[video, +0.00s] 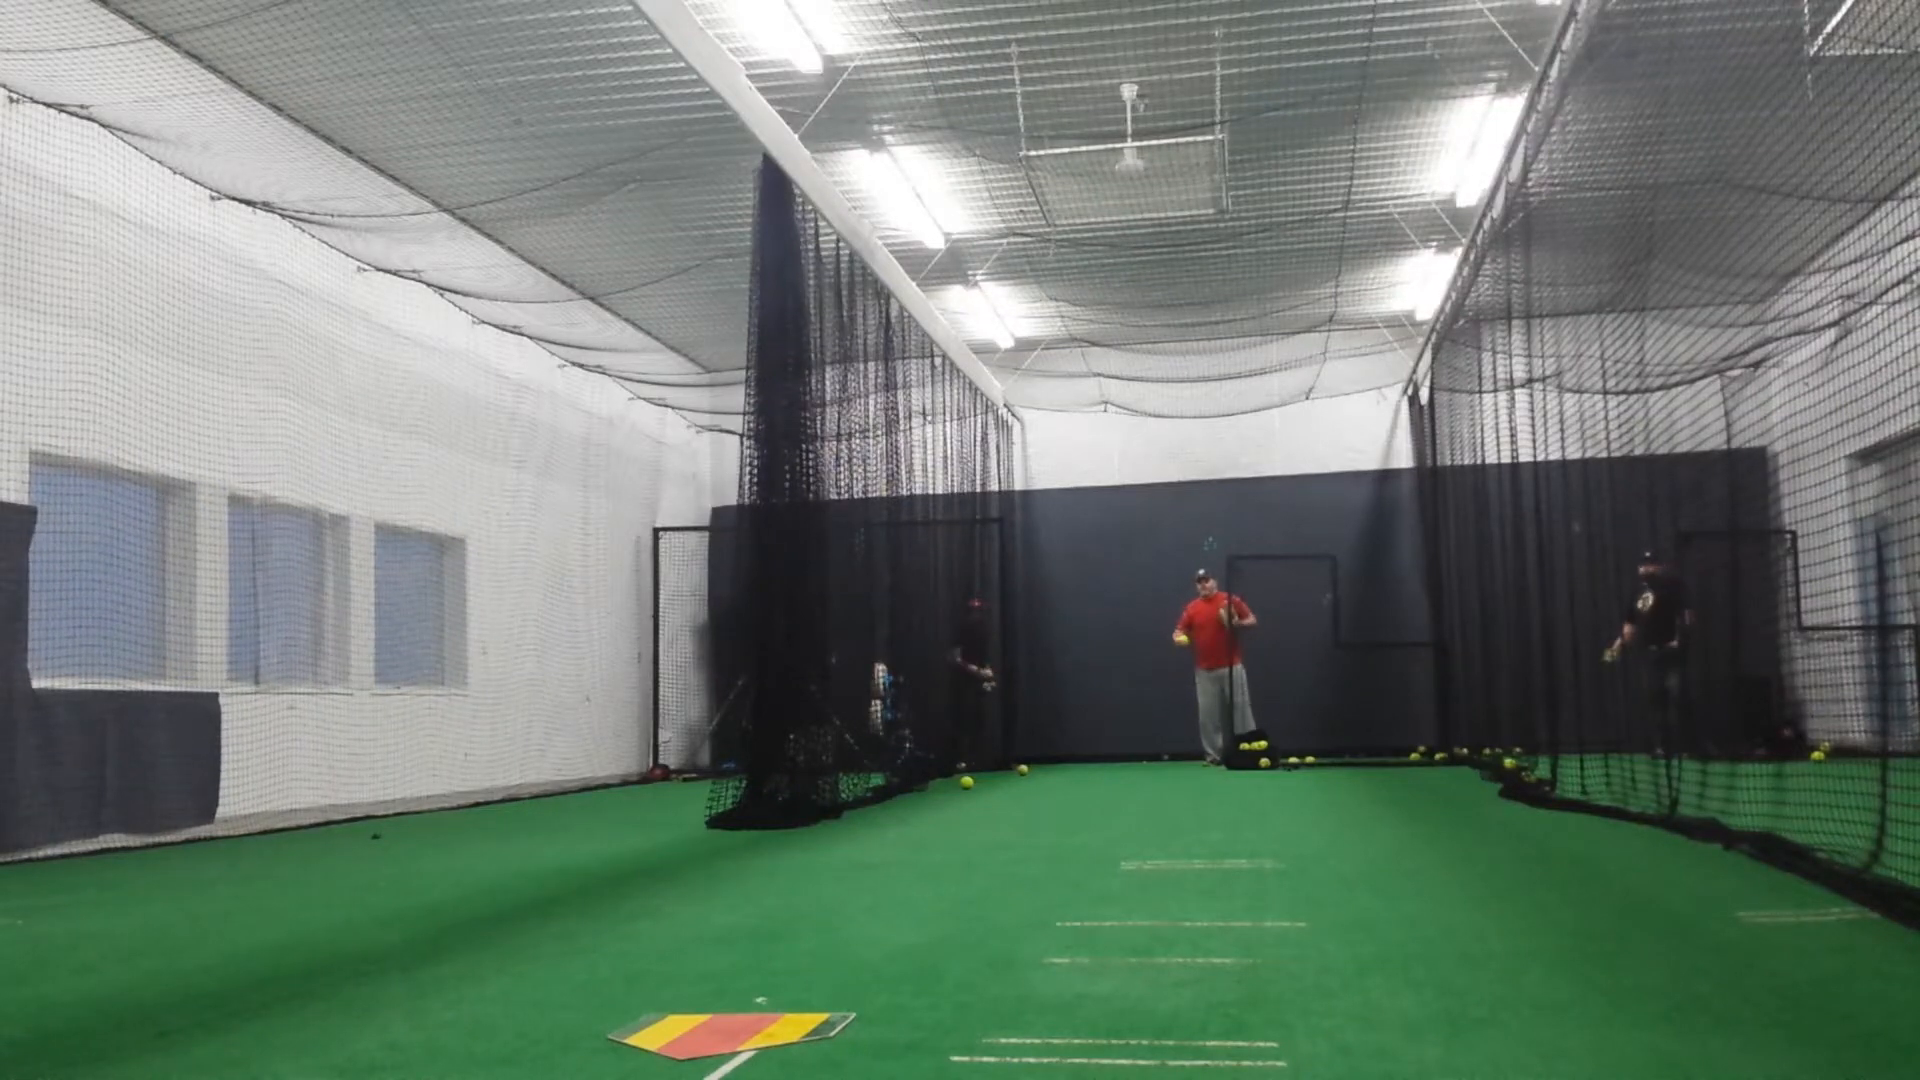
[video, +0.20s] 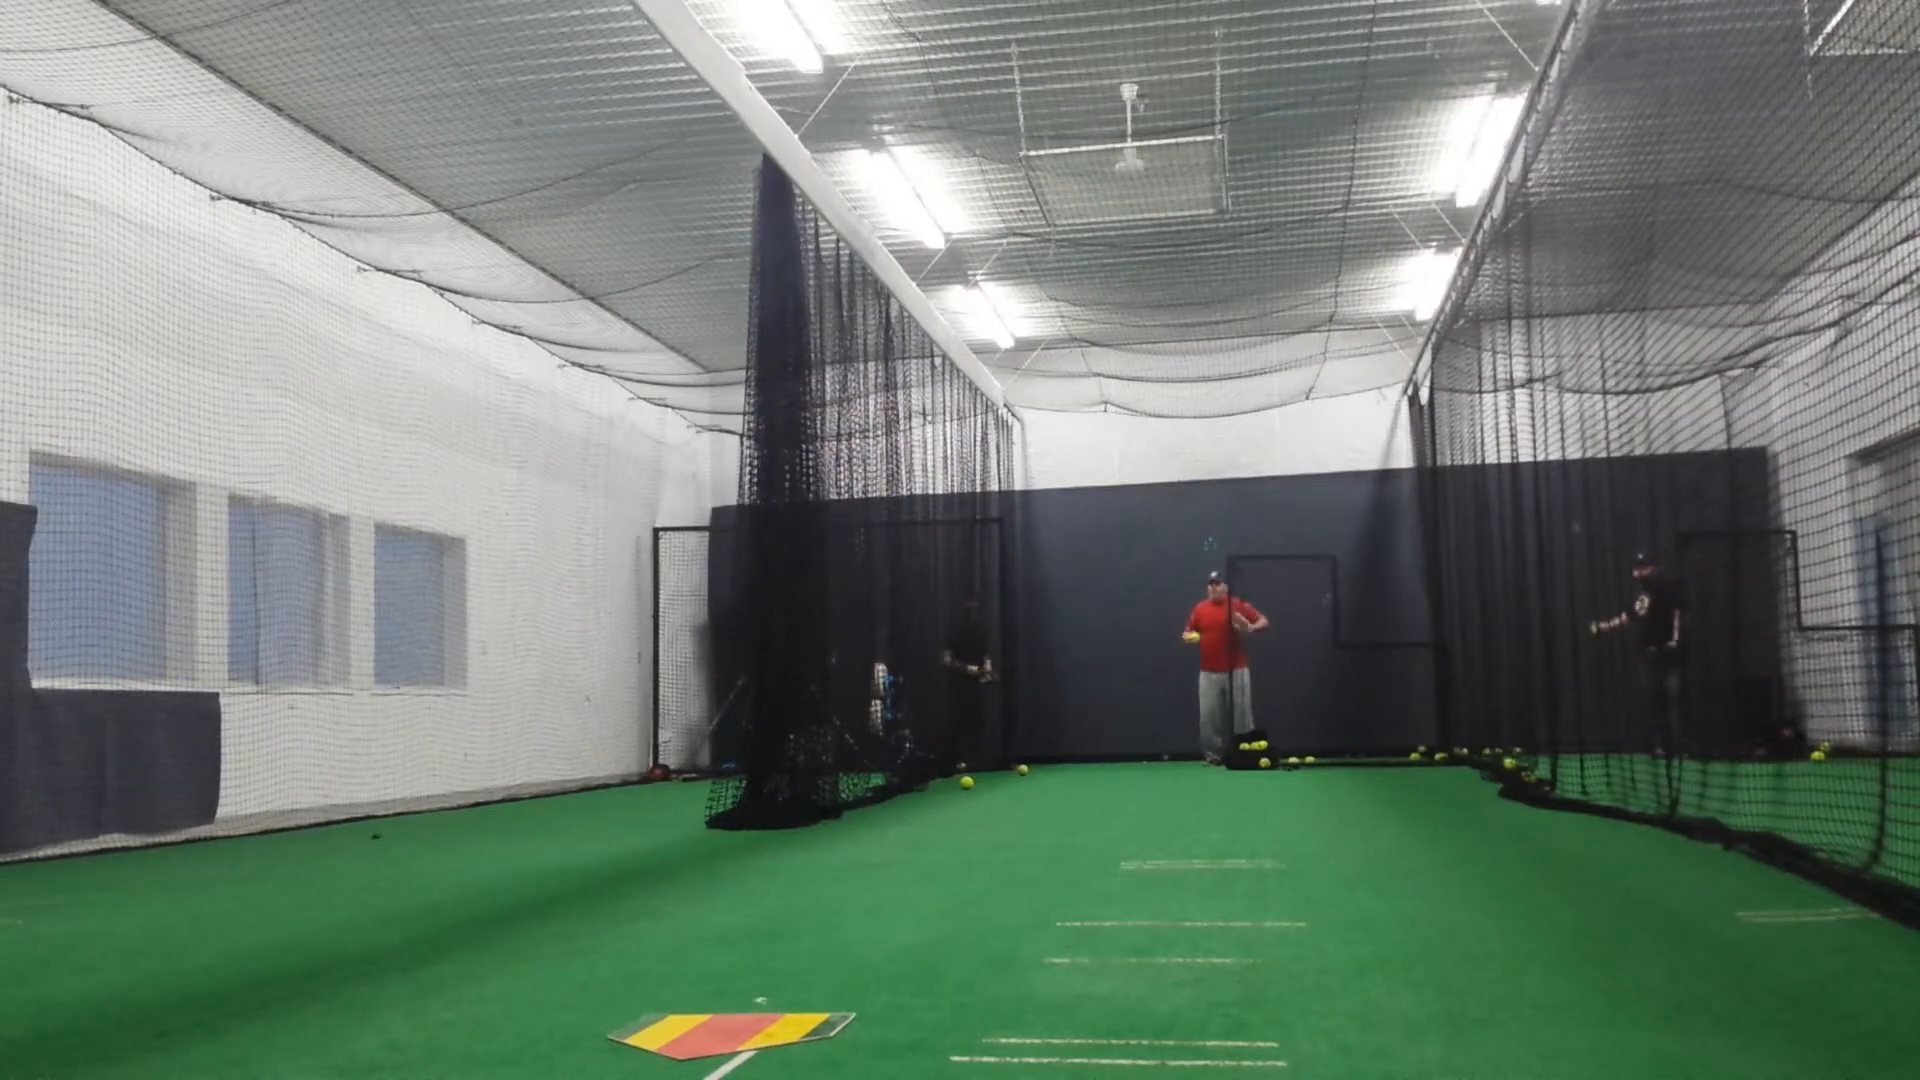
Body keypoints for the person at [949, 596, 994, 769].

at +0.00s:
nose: (975, 614)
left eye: (978, 610)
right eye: (972, 610)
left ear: (983, 612)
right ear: (966, 612)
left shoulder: (984, 633)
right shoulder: (962, 630)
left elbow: (986, 659)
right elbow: (956, 658)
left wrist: (988, 676)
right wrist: (979, 672)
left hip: (978, 683)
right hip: (963, 683)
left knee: (979, 719)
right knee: (964, 719)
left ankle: (979, 757)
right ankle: (962, 758)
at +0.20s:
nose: (971, 615)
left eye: (975, 610)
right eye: (968, 610)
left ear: (979, 610)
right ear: (962, 610)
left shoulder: (982, 631)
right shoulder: (955, 630)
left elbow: (986, 655)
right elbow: (946, 659)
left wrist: (987, 670)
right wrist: (968, 668)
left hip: (977, 683)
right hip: (959, 683)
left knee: (977, 719)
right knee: (961, 720)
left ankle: (976, 758)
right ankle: (960, 759)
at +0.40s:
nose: (955, 617)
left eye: (957, 613)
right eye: (951, 614)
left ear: (964, 612)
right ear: (948, 616)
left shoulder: (975, 630)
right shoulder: (947, 633)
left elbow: (982, 653)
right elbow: (940, 663)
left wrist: (982, 667)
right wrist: (960, 669)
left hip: (973, 682)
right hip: (955, 683)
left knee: (973, 720)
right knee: (956, 721)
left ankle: (973, 759)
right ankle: (957, 759)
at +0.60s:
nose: (942, 618)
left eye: (945, 613)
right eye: (939, 615)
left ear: (951, 613)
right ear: (936, 617)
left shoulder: (965, 632)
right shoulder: (936, 636)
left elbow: (978, 652)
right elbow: (932, 663)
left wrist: (973, 668)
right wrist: (945, 670)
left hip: (965, 683)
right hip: (946, 685)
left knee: (965, 721)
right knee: (946, 721)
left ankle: (965, 759)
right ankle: (947, 760)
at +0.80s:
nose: (935, 619)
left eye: (937, 615)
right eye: (932, 616)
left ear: (944, 614)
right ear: (930, 617)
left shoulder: (960, 630)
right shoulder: (933, 633)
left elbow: (976, 646)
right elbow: (929, 658)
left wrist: (972, 665)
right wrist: (933, 675)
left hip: (964, 680)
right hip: (943, 682)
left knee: (964, 720)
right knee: (944, 720)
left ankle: (966, 757)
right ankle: (945, 758)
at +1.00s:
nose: (933, 618)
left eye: (934, 613)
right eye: (930, 615)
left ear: (941, 611)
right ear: (929, 616)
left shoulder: (956, 628)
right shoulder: (930, 634)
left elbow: (973, 646)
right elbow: (927, 659)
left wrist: (968, 660)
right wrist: (928, 678)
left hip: (959, 679)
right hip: (940, 681)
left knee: (958, 719)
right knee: (942, 720)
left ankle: (959, 758)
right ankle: (942, 760)